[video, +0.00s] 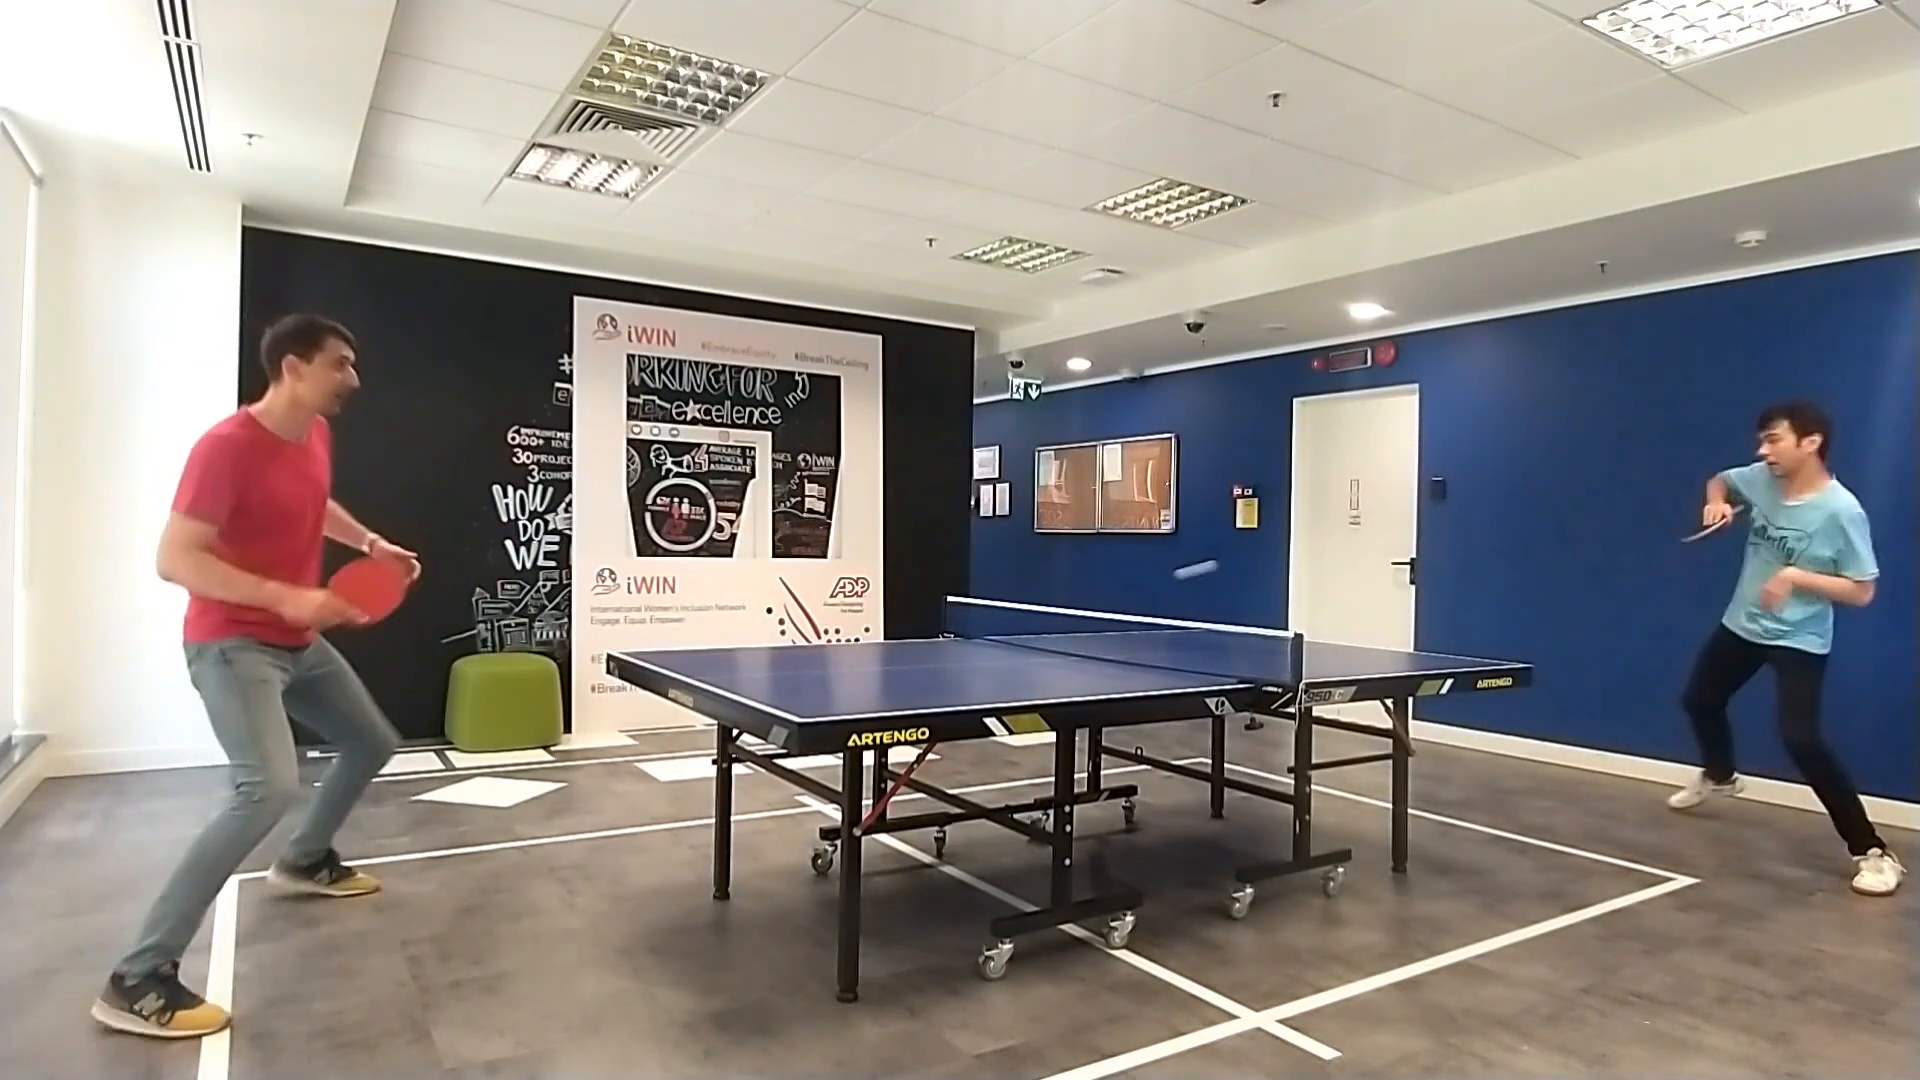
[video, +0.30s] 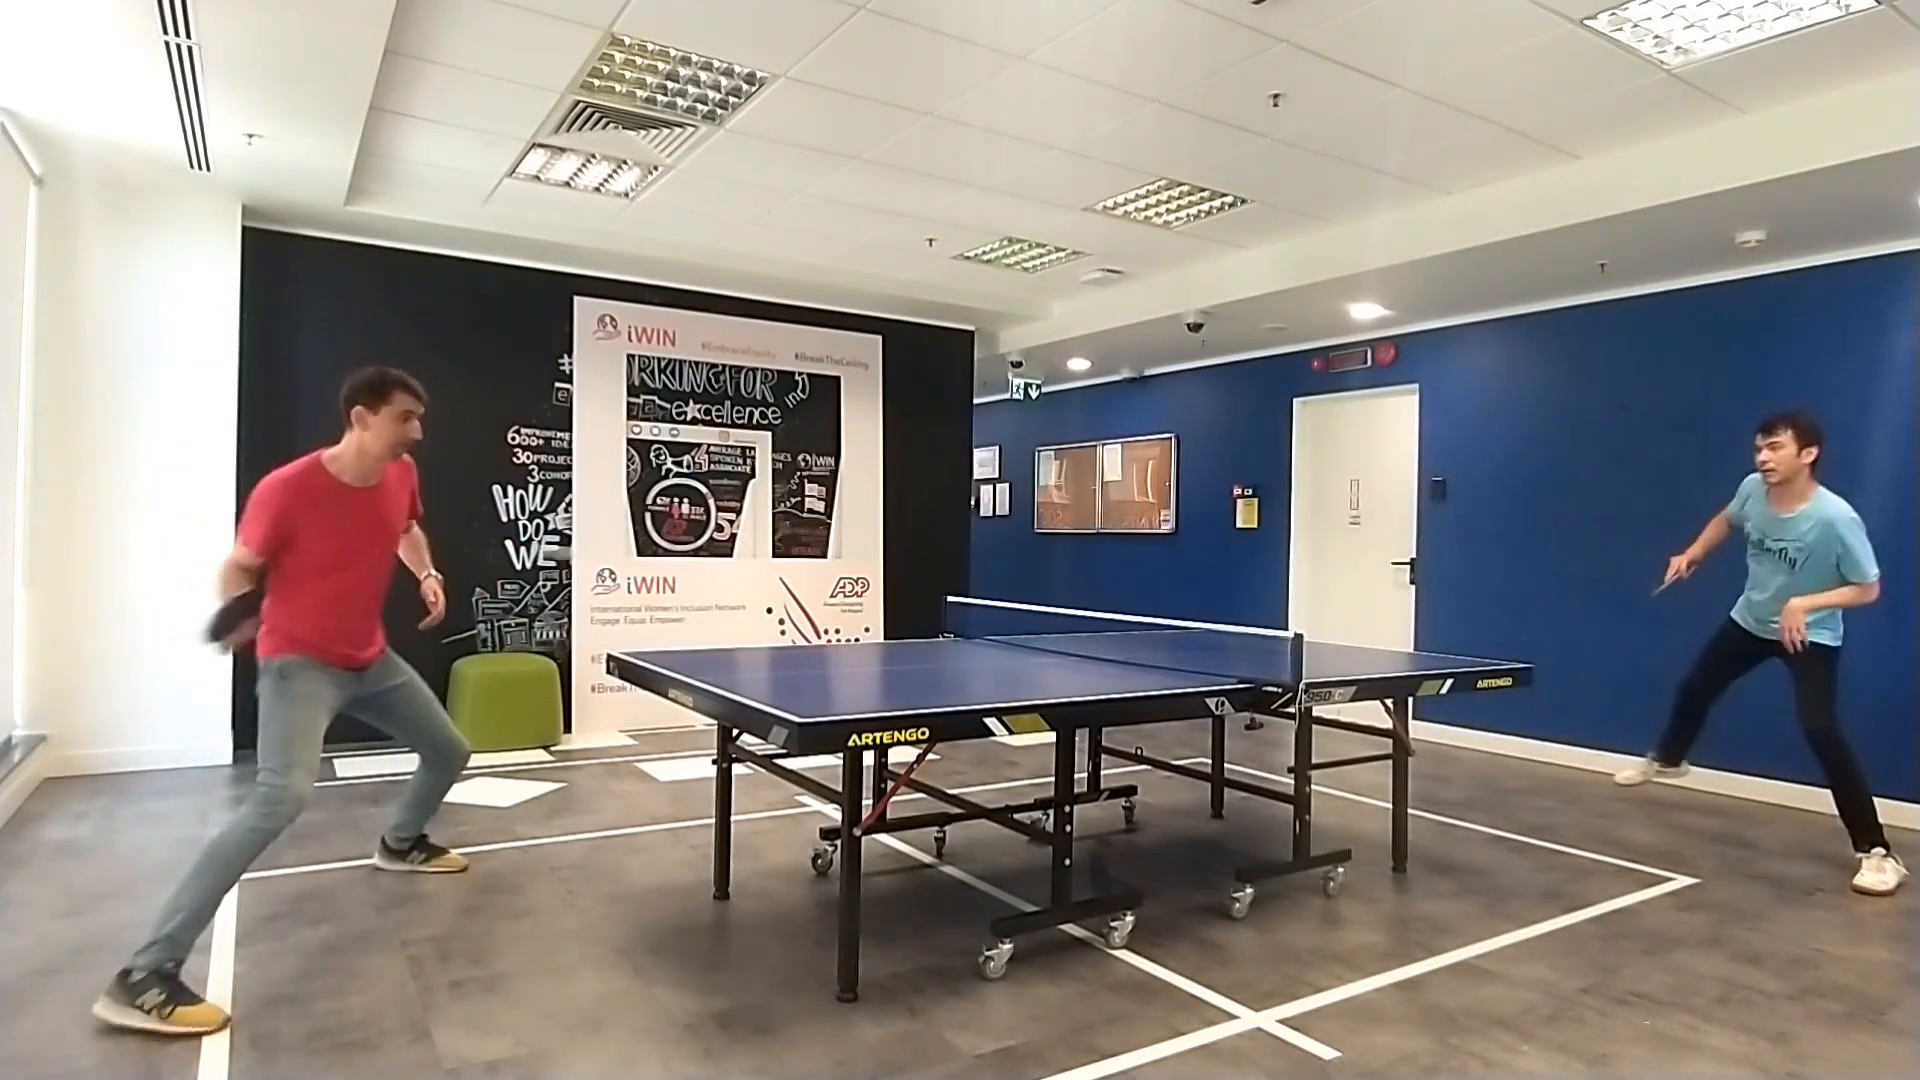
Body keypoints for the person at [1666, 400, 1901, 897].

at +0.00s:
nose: (1765, 451)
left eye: (1775, 440)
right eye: (1764, 442)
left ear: (1811, 444)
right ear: (1766, 447)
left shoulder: (1843, 510)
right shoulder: (1763, 478)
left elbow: (1862, 590)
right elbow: (1719, 482)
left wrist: (1794, 576)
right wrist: (1716, 502)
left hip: (1800, 642)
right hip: (1742, 625)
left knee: (1801, 741)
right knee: (1700, 700)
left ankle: (1871, 854)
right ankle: (1719, 777)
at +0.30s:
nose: (1763, 456)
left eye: (1775, 447)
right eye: (1761, 448)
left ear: (1808, 454)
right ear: (1758, 454)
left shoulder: (1837, 516)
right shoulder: (1754, 488)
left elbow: (1867, 588)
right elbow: (1727, 521)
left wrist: (1803, 603)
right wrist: (1692, 554)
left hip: (1811, 637)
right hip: (1751, 622)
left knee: (1819, 730)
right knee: (1695, 689)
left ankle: (1875, 852)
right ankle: (1667, 761)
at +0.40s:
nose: (1737, 468)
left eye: (1747, 459)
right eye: (1732, 461)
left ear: (1779, 465)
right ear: (1730, 469)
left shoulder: (1812, 525)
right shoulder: (1733, 506)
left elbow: (1840, 598)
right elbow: (1724, 542)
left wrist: (1776, 620)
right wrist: (1681, 577)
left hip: (1800, 645)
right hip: (1741, 632)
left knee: (1812, 732)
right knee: (1683, 694)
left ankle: (1874, 852)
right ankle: (1645, 765)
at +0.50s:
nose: (1696, 479)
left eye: (1706, 469)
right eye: (1693, 472)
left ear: (1738, 475)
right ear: (1693, 480)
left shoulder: (1770, 531)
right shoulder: (1706, 521)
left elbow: (1790, 606)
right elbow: (1710, 569)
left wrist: (1722, 623)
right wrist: (1667, 601)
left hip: (1779, 651)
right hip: (1730, 646)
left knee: (1798, 736)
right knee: (1660, 704)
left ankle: (1873, 854)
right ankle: (1648, 783)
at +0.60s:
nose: (1653, 489)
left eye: (1662, 479)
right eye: (1650, 482)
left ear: (1692, 484)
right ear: (1651, 490)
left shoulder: (1720, 533)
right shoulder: (1679, 536)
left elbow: (1733, 607)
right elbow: (1692, 595)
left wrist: (1669, 621)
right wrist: (1654, 624)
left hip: (1756, 653)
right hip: (1711, 650)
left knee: (1777, 740)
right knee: (1637, 701)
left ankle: (1869, 855)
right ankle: (1647, 784)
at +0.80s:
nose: (1589, 495)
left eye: (1596, 485)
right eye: (1585, 488)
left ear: (1624, 486)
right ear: (1601, 493)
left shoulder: (1641, 521)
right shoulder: (1637, 523)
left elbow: (1639, 590)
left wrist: (1593, 598)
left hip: (1726, 635)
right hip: (1691, 635)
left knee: (1760, 728)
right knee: (1634, 694)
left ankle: (1846, 839)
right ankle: (1646, 783)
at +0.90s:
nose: (1573, 496)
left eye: (1579, 486)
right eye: (1570, 489)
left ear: (1607, 485)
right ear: (1607, 490)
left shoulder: (1616, 517)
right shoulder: (1639, 513)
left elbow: (1604, 578)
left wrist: (1563, 586)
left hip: (1716, 628)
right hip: (1687, 630)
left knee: (1750, 720)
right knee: (1638, 692)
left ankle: (1833, 831)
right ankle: (1648, 784)